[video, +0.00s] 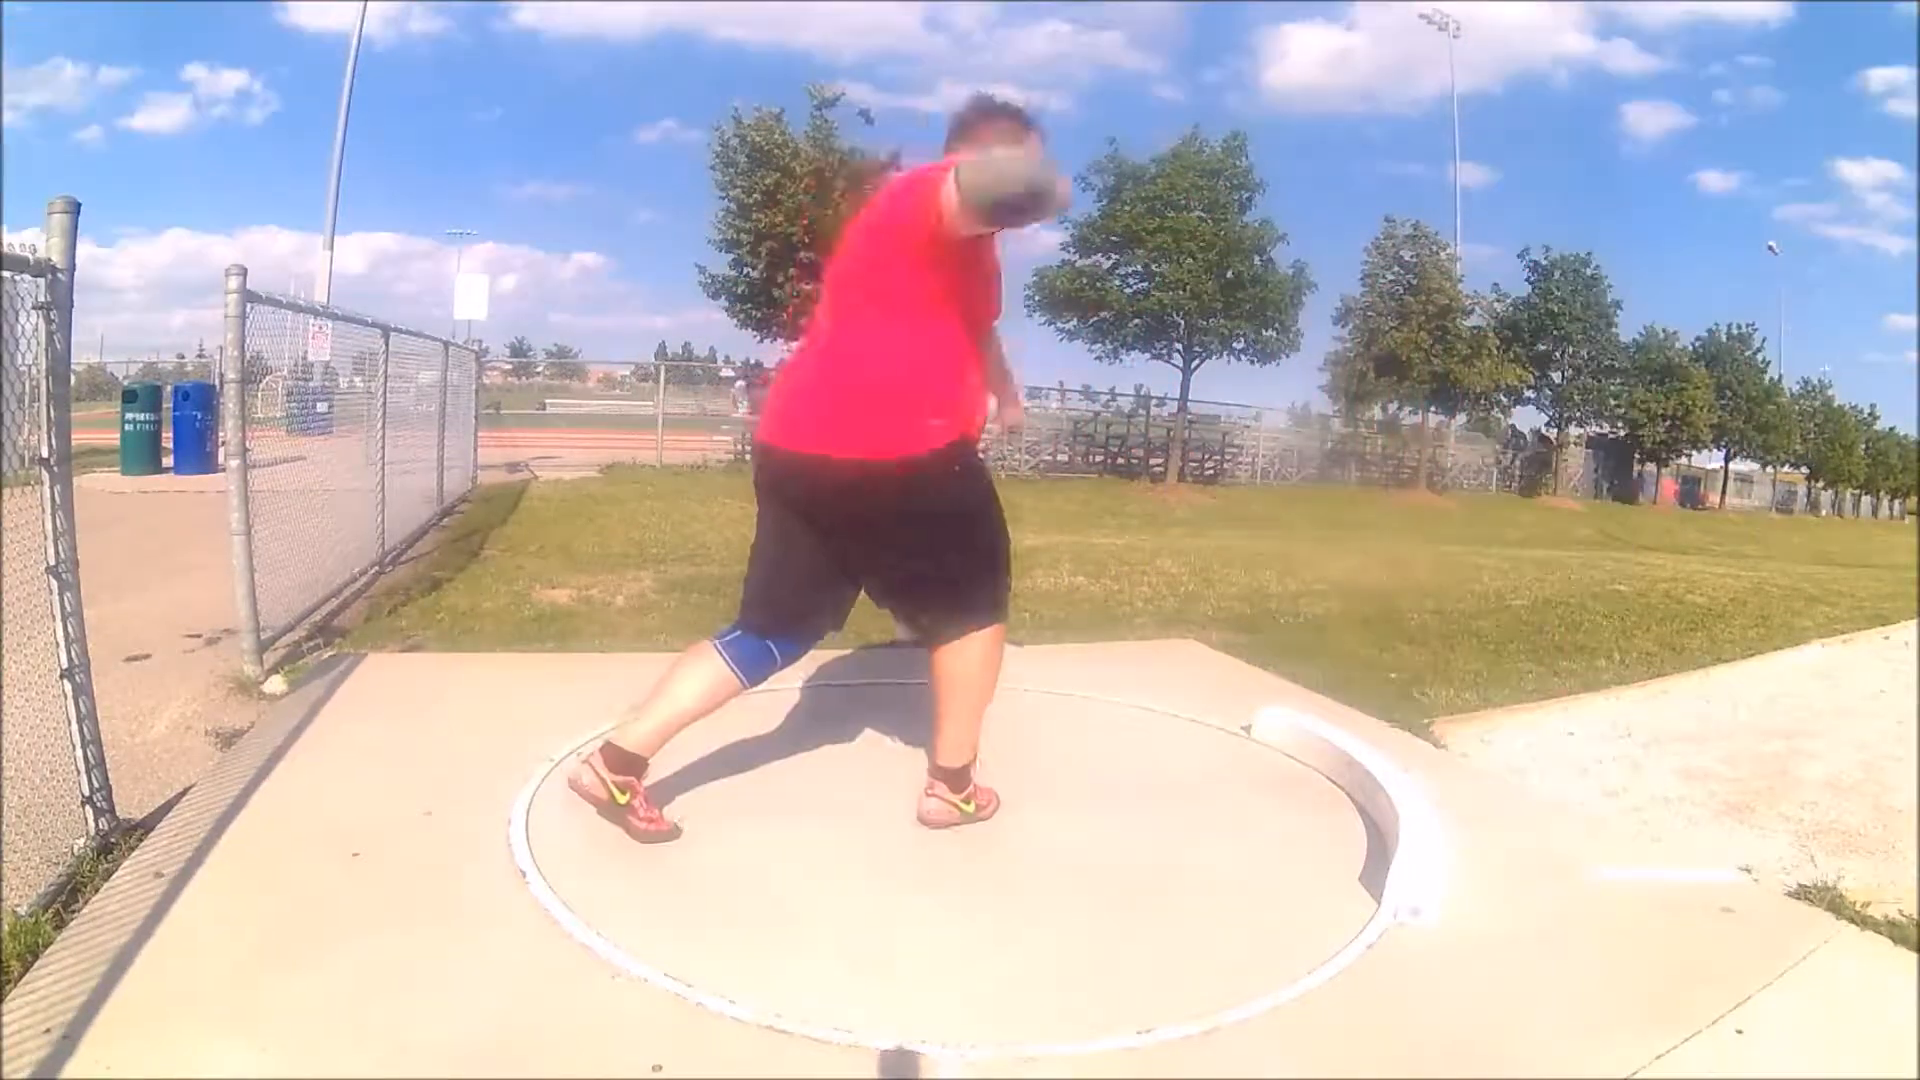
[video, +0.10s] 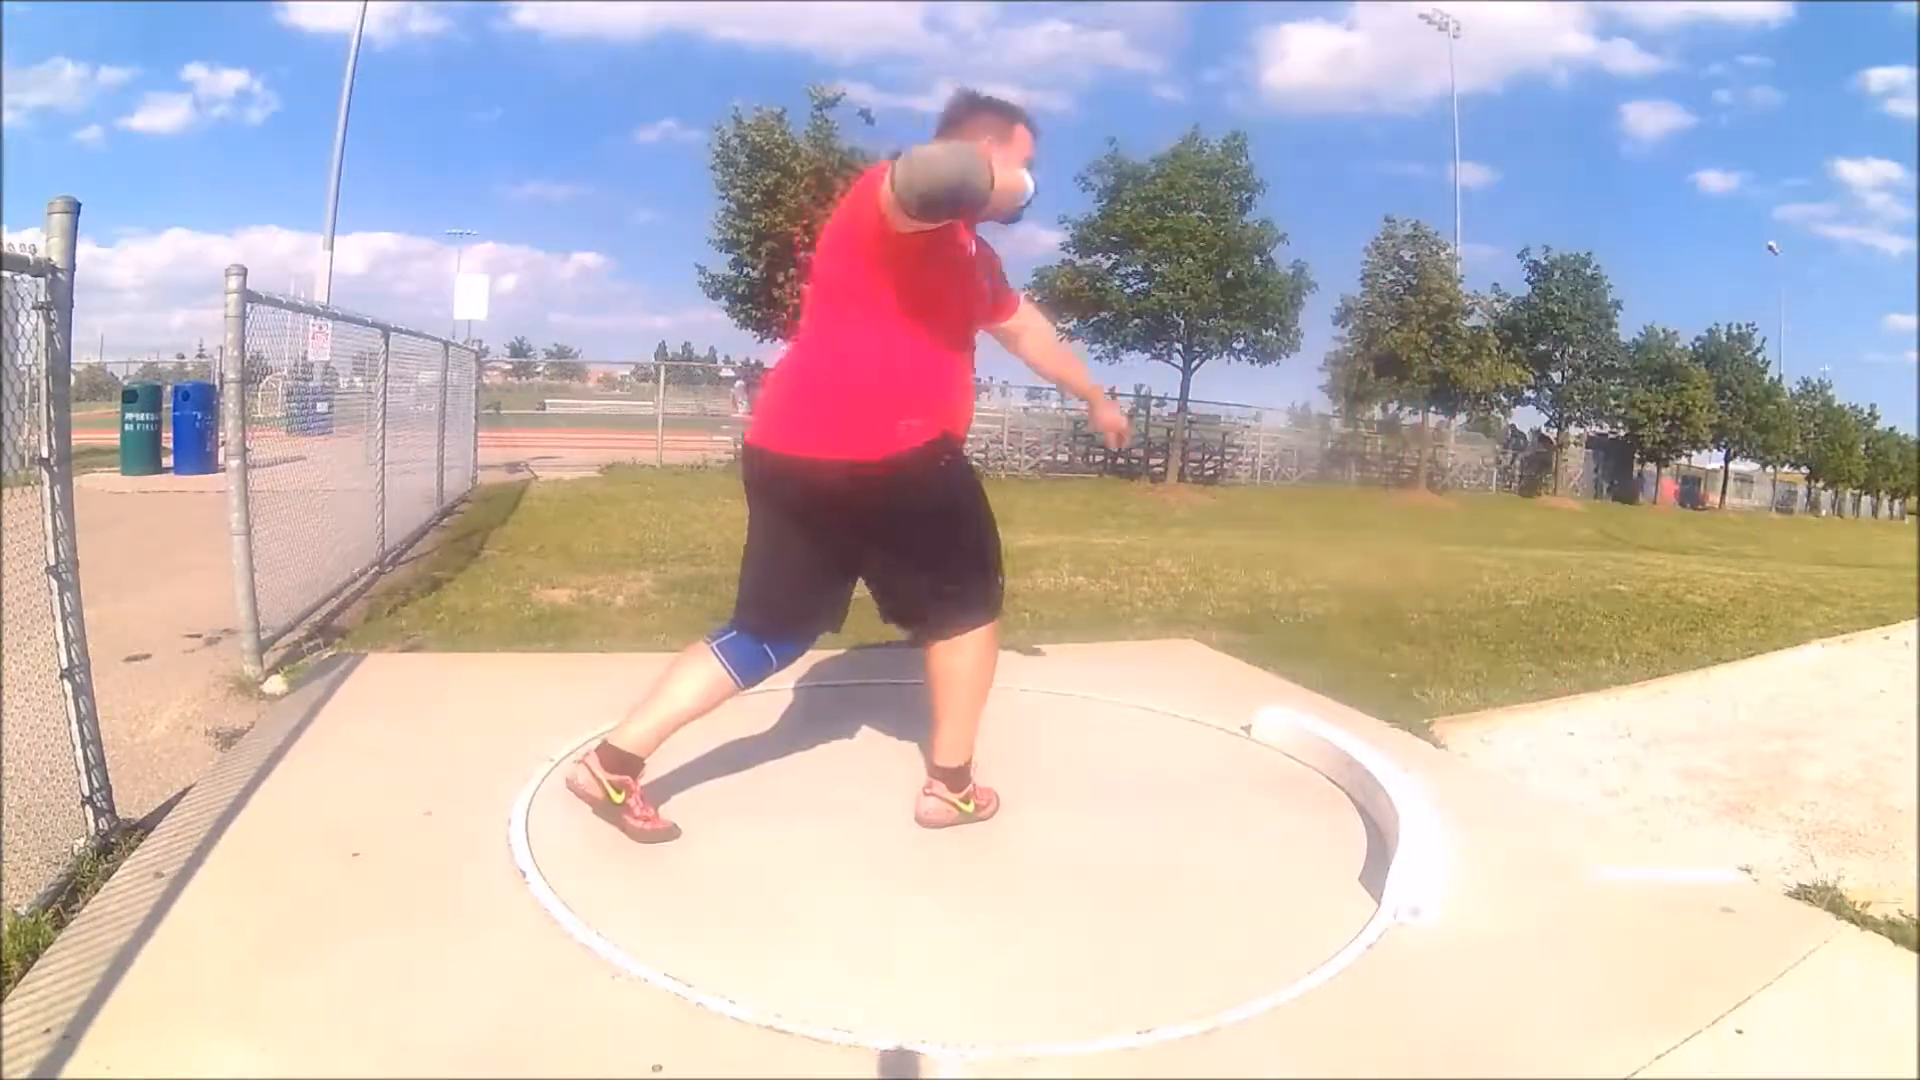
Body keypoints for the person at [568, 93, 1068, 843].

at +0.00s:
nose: (1026, 177)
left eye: (1026, 164)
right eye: (1020, 163)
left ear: (957, 140)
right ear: (997, 148)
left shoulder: (888, 206)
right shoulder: (944, 190)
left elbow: (972, 330)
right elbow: (1013, 175)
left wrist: (1004, 390)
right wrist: (1051, 183)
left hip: (798, 447)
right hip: (911, 451)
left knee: (773, 628)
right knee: (973, 606)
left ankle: (618, 760)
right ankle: (952, 780)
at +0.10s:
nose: (1023, 184)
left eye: (1028, 170)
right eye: (1018, 167)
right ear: (978, 149)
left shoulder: (969, 261)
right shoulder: (888, 194)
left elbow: (1024, 326)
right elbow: (931, 177)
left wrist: (1093, 394)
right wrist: (1012, 179)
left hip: (789, 450)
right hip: (901, 453)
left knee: (770, 628)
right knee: (964, 602)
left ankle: (618, 756)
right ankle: (950, 778)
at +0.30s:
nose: (1016, 167)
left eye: (1017, 152)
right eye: (1007, 147)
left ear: (966, 149)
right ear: (952, 141)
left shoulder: (982, 253)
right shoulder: (846, 198)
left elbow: (1072, 326)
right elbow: (829, 160)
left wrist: (1154, 399)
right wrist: (947, 169)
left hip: (768, 443)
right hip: (872, 444)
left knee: (753, 625)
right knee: (951, 601)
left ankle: (607, 759)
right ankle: (944, 784)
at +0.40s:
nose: (1010, 163)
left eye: (1012, 148)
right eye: (1001, 145)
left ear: (960, 145)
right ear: (948, 138)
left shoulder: (983, 245)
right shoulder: (835, 195)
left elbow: (1065, 317)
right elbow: (798, 157)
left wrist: (1089, 384)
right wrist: (931, 162)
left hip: (764, 439)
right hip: (857, 439)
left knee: (752, 623)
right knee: (934, 604)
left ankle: (605, 759)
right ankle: (942, 785)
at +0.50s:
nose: (1010, 161)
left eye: (1011, 146)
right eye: (1001, 142)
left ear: (965, 142)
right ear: (947, 134)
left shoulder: (982, 243)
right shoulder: (831, 185)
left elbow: (1057, 319)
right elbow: (790, 152)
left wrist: (1010, 371)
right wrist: (927, 164)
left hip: (759, 432)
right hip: (856, 437)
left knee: (749, 618)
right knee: (920, 604)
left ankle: (604, 760)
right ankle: (939, 788)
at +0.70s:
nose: (1018, 183)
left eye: (1020, 167)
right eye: (1014, 163)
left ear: (967, 150)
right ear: (972, 150)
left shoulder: (980, 258)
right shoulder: (853, 198)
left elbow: (1055, 335)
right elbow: (856, 177)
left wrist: (1021, 367)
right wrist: (974, 190)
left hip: (748, 433)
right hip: (853, 443)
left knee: (744, 621)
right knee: (927, 606)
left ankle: (605, 763)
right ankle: (939, 789)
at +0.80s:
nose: (1028, 208)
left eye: (1030, 188)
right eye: (1027, 184)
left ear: (953, 160)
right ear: (991, 168)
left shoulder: (971, 270)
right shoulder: (892, 196)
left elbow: (1033, 341)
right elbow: (947, 206)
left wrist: (1087, 400)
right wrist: (1006, 216)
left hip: (746, 436)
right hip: (852, 449)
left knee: (743, 626)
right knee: (942, 605)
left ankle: (605, 771)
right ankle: (939, 787)